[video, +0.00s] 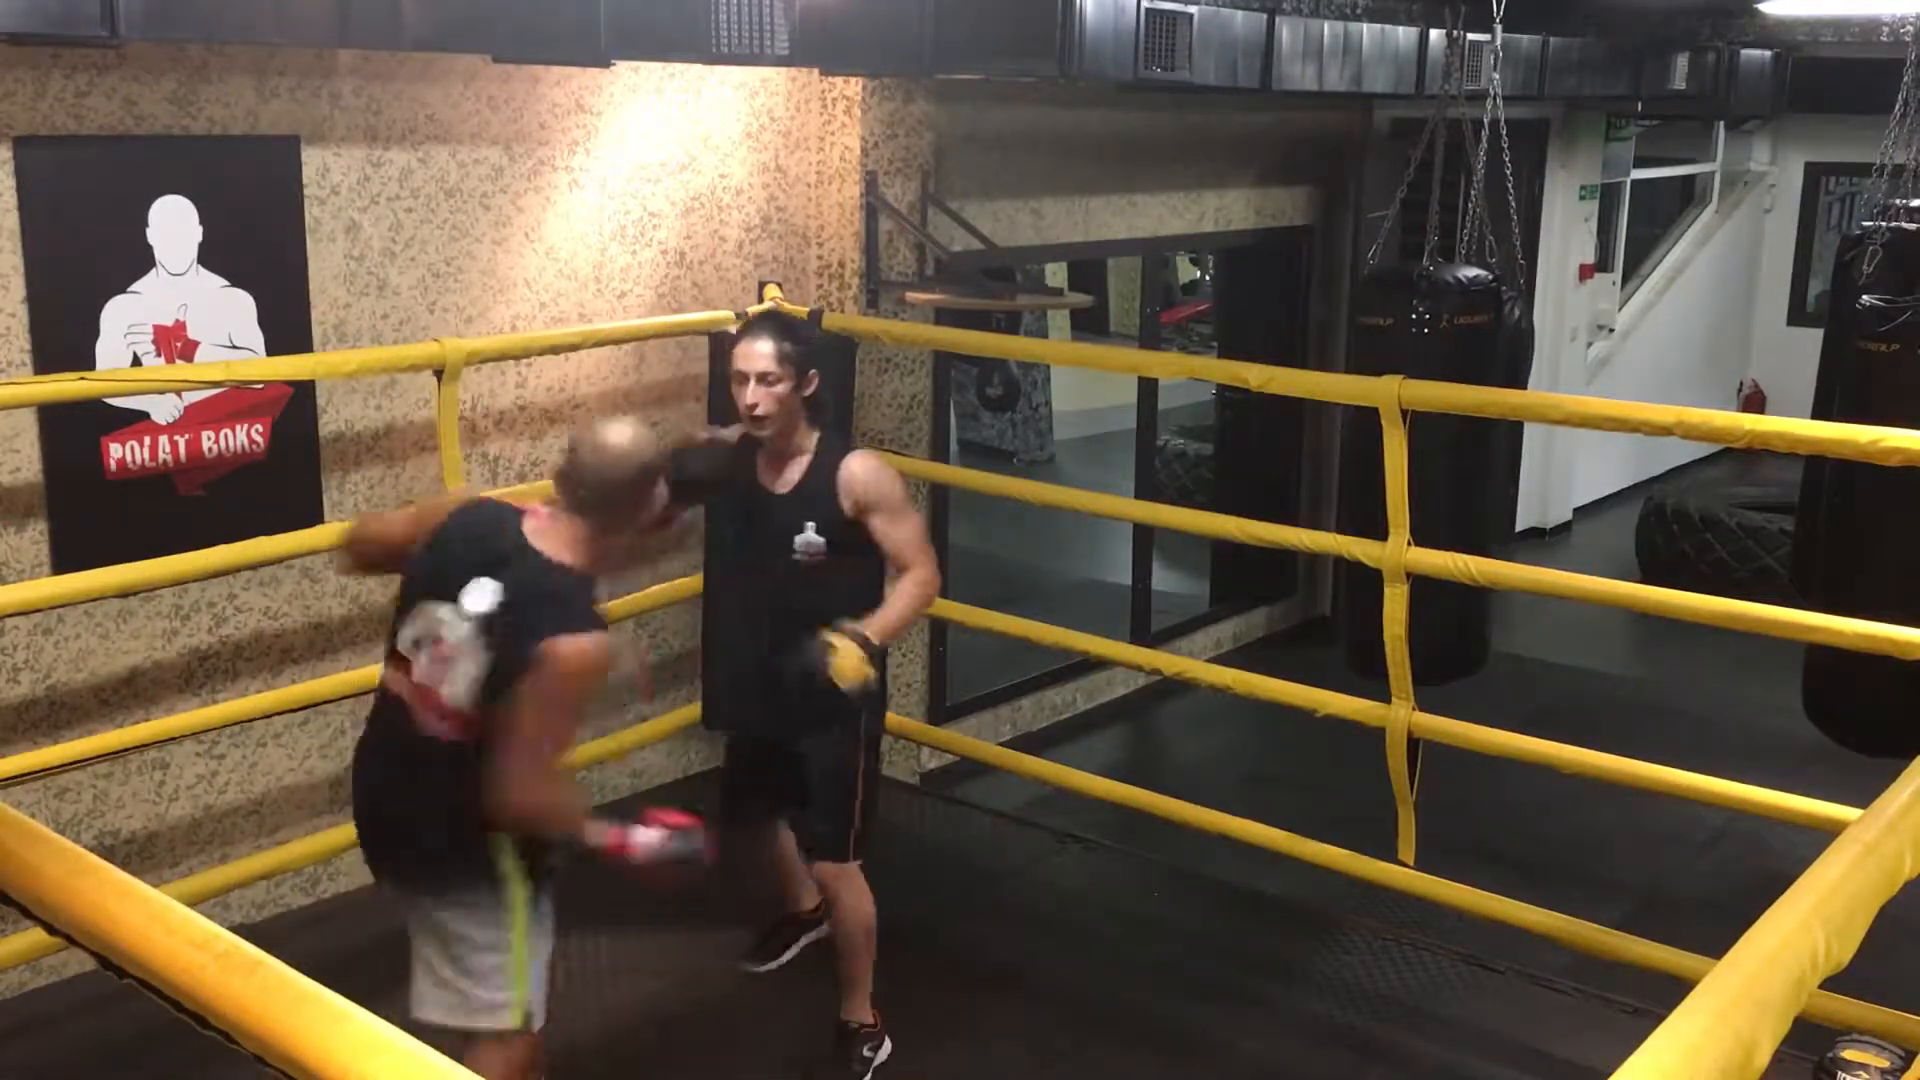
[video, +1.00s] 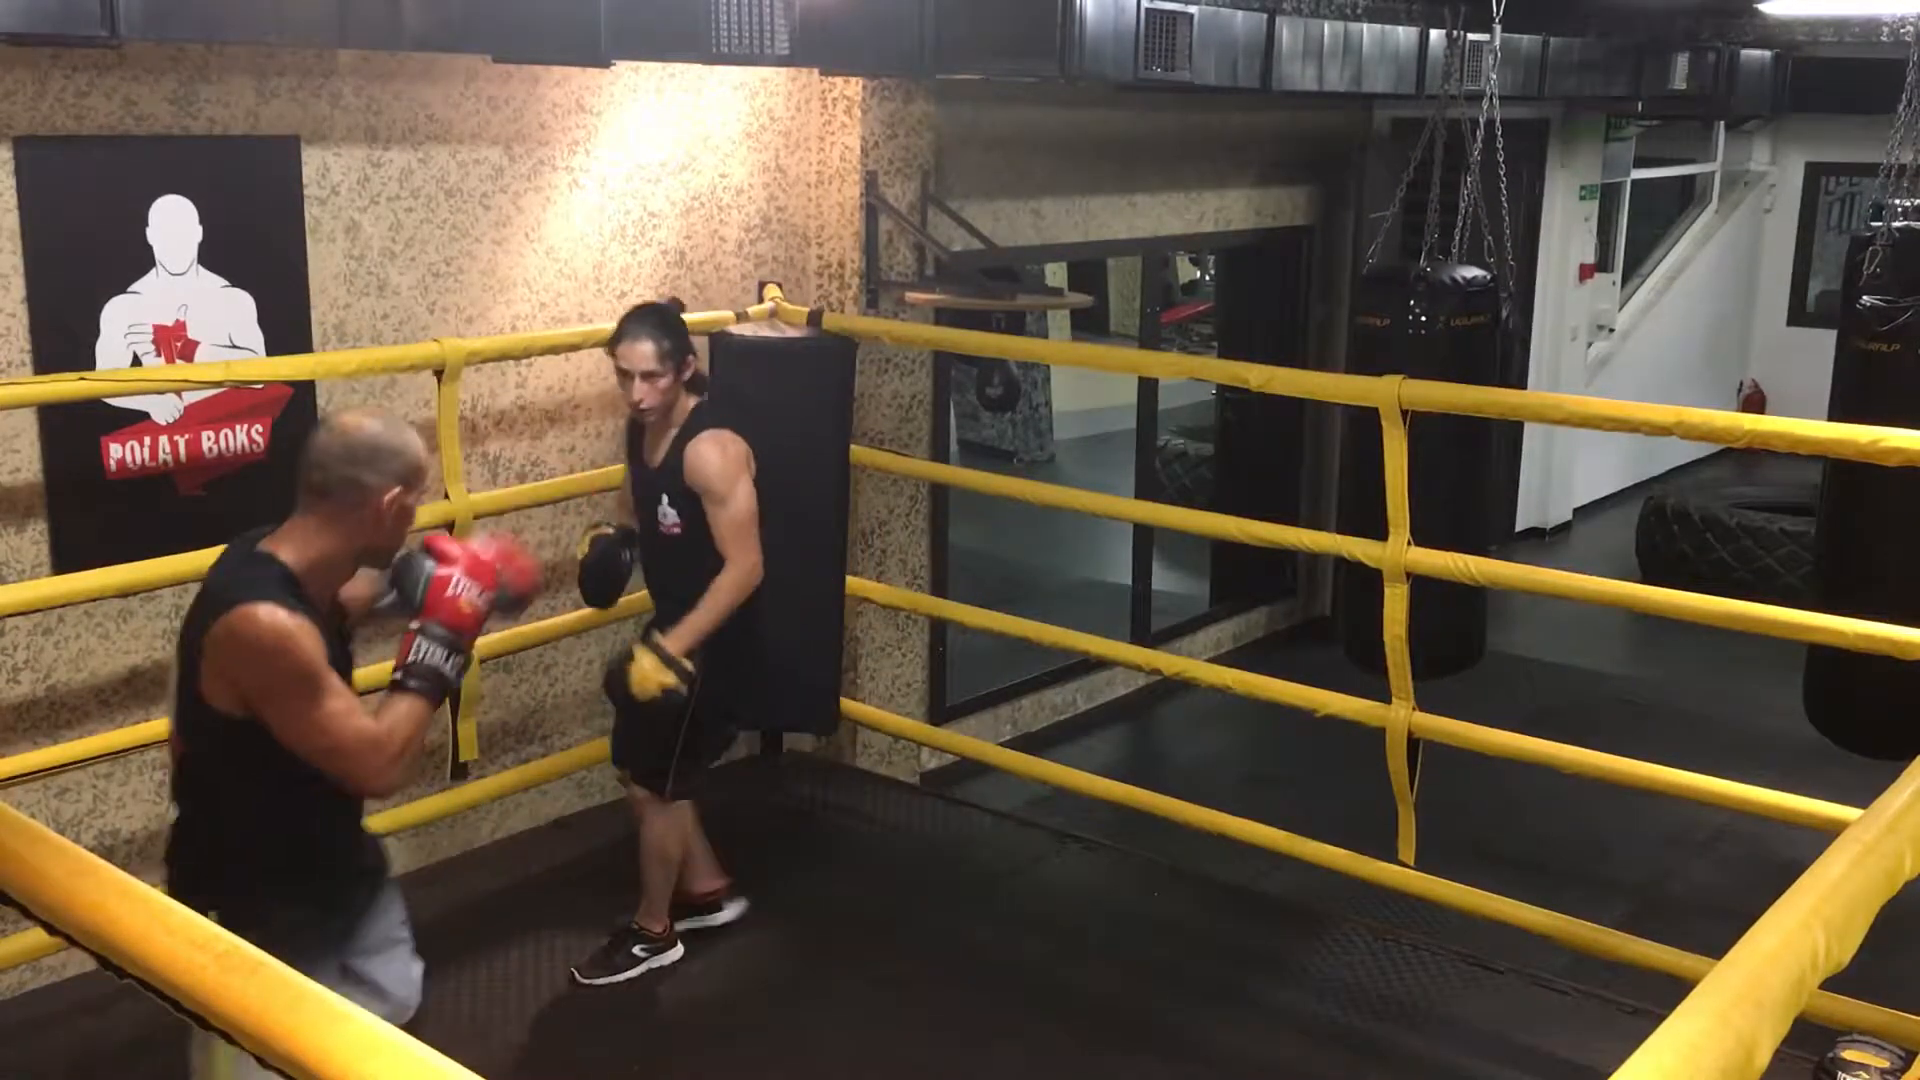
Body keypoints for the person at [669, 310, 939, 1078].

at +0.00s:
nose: (748, 398)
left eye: (764, 382)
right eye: (740, 382)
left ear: (805, 387)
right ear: (732, 388)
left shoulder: (858, 474)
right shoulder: (730, 466)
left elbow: (920, 574)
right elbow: (642, 526)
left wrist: (865, 640)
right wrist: (674, 477)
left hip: (831, 694)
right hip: (750, 689)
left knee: (831, 861)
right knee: (754, 819)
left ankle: (860, 1018)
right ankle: (804, 908)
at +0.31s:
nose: (773, 381)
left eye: (789, 366)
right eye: (765, 366)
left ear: (830, 371)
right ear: (759, 371)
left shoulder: (862, 463)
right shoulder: (765, 449)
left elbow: (912, 577)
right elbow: (752, 540)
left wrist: (861, 667)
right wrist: (711, 515)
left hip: (836, 671)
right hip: (781, 660)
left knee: (826, 843)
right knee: (806, 815)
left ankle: (865, 1020)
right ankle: (863, 909)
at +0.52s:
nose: (734, 369)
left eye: (747, 355)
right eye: (728, 355)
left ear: (789, 354)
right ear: (733, 354)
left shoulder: (809, 435)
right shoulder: (774, 427)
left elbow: (858, 546)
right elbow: (790, 531)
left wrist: (841, 659)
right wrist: (727, 532)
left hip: (813, 649)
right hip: (799, 637)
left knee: (768, 806)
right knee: (829, 788)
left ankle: (803, 981)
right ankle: (871, 913)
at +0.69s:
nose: (697, 377)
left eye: (708, 362)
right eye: (690, 363)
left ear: (747, 357)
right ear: (694, 360)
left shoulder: (773, 438)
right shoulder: (738, 422)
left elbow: (822, 549)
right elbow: (759, 518)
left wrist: (815, 662)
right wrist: (708, 534)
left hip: (768, 645)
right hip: (768, 634)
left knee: (711, 787)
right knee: (827, 771)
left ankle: (700, 937)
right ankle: (869, 909)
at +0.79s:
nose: (664, 390)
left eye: (676, 374)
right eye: (655, 375)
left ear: (714, 369)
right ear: (653, 373)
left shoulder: (737, 454)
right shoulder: (698, 434)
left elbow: (783, 570)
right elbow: (726, 524)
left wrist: (756, 678)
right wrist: (680, 536)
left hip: (744, 661)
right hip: (742, 650)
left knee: (677, 788)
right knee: (776, 781)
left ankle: (656, 929)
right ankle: (856, 900)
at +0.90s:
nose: (648, 405)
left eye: (661, 389)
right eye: (639, 390)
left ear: (697, 386)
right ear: (633, 385)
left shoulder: (720, 468)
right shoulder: (667, 442)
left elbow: (749, 592)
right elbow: (687, 529)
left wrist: (698, 689)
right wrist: (643, 553)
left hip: (723, 649)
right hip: (697, 639)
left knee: (651, 786)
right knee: (698, 779)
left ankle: (654, 933)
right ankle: (802, 869)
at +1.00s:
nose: (638, 394)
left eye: (652, 376)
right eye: (627, 378)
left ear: (687, 369)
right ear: (617, 375)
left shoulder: (713, 451)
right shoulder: (643, 429)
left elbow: (745, 567)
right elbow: (647, 506)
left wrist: (670, 647)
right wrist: (619, 542)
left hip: (719, 638)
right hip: (674, 625)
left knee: (656, 781)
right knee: (642, 763)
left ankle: (653, 929)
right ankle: (707, 888)